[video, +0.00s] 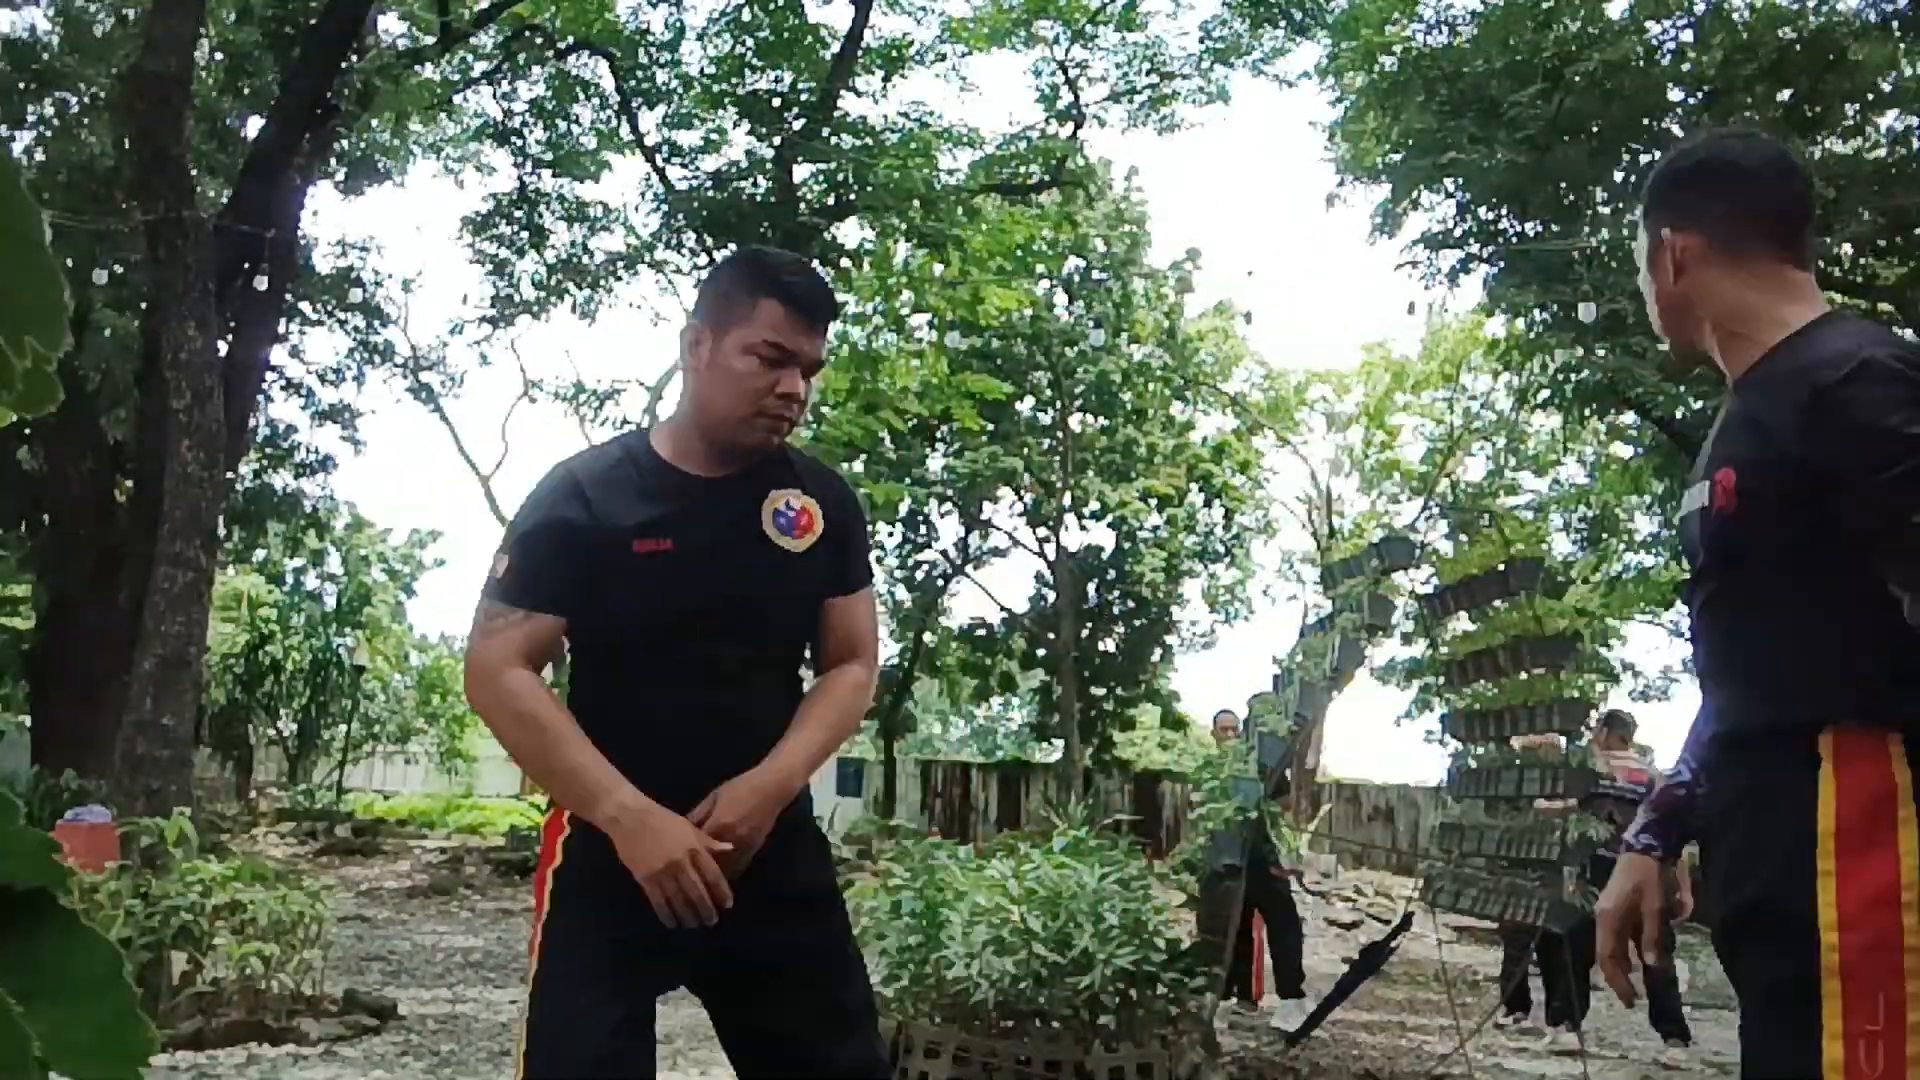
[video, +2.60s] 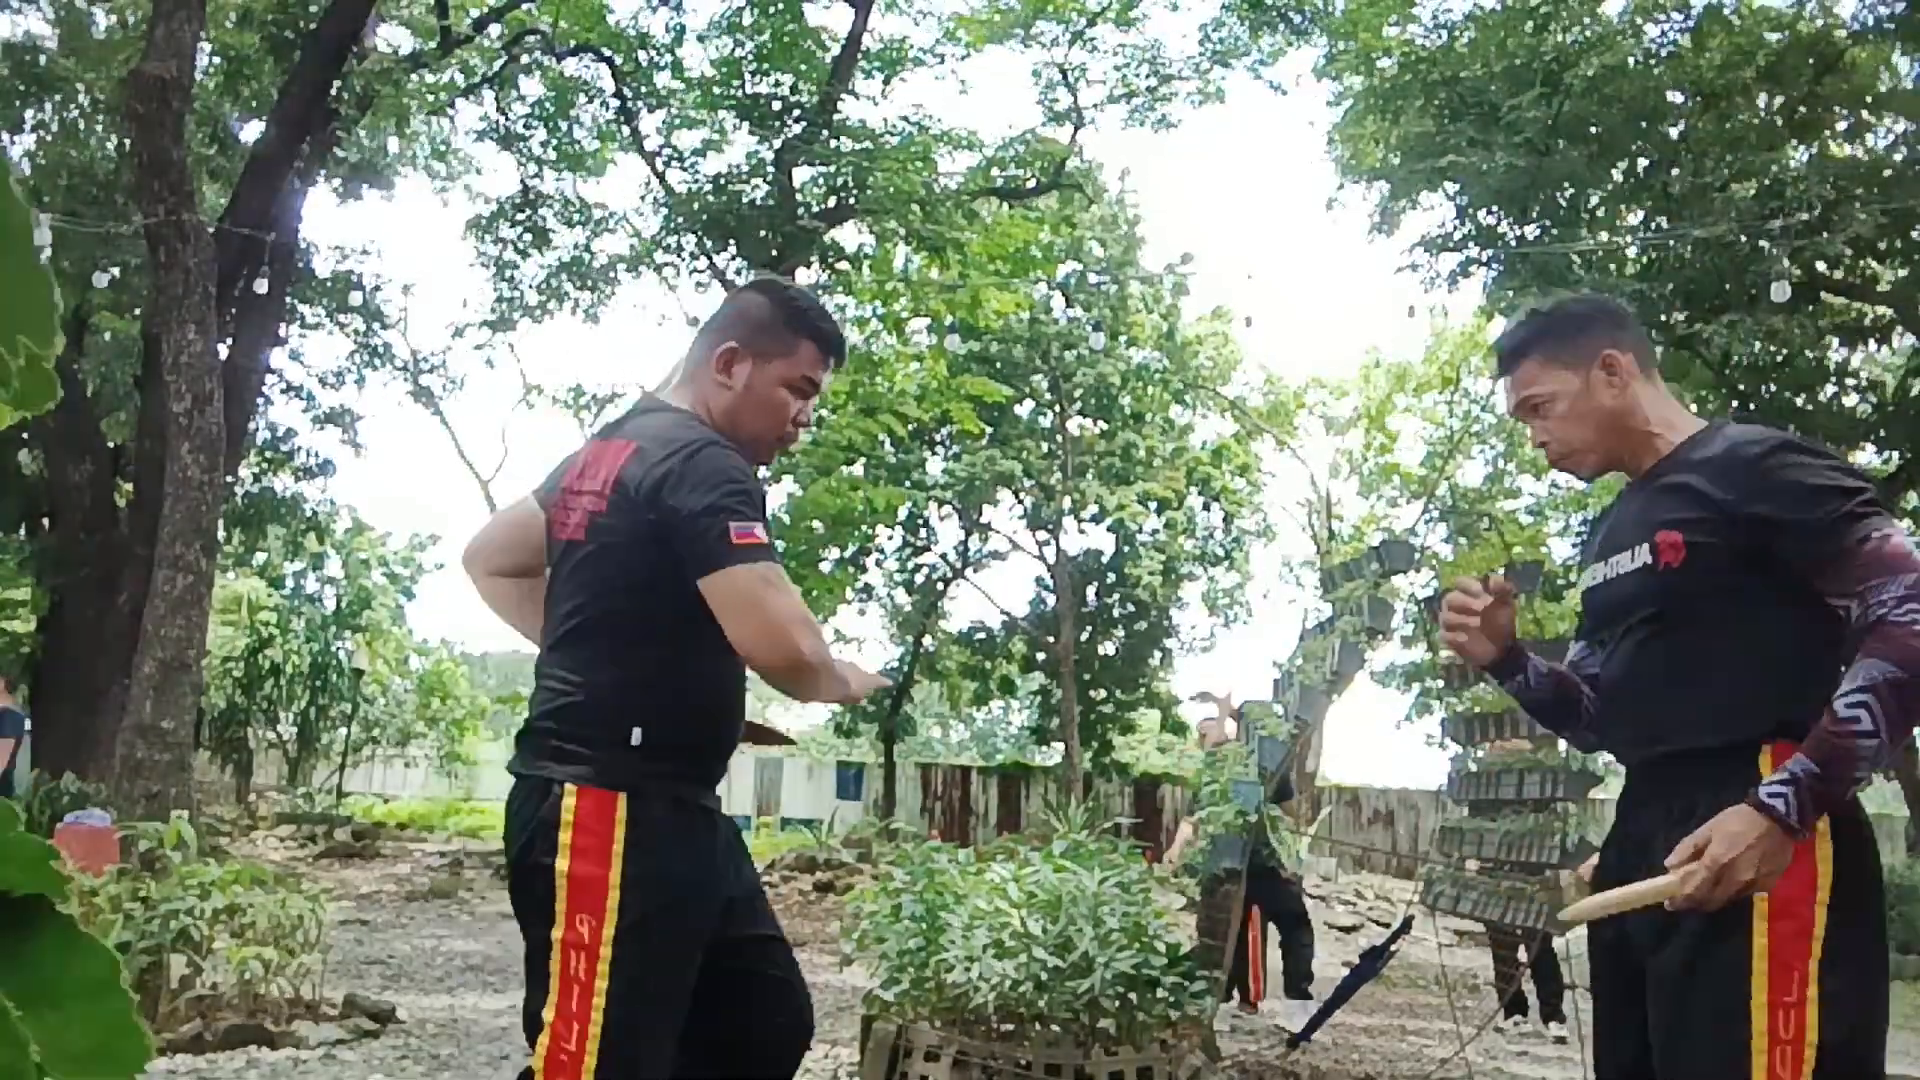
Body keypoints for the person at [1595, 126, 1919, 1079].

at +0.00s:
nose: (1646, 295)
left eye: (1644, 264)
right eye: (1644, 267)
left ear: (1677, 254)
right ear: (1794, 240)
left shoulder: (1855, 384)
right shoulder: (1756, 407)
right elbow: (1746, 686)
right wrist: (1651, 833)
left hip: (1852, 812)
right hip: (1774, 811)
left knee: (1850, 1059)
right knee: (1796, 1052)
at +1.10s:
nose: (1589, 298)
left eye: (1606, 267)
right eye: (1595, 272)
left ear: (1673, 281)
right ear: (1672, 285)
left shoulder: (1766, 420)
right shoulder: (1702, 436)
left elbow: (1796, 675)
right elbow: (1715, 687)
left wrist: (1687, 909)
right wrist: (1598, 767)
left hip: (1797, 819)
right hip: (1734, 811)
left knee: (1805, 1057)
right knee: (1734, 1057)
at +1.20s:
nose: (1587, 315)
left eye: (1607, 284)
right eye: (1594, 289)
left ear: (1680, 293)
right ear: (1674, 300)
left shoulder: (1763, 425)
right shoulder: (1698, 445)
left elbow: (1795, 678)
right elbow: (1702, 692)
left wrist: (1691, 900)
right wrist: (1574, 692)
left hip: (1779, 821)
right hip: (1713, 812)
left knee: (1787, 1059)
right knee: (1716, 1057)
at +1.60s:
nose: (1590, 347)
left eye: (1619, 325)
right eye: (1589, 332)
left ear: (1699, 343)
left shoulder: (1781, 466)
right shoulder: (1644, 510)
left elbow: (1853, 692)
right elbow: (1633, 716)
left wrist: (1798, 897)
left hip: (1763, 833)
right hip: (1648, 838)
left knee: (1778, 1062)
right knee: (1646, 1063)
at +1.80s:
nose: (1600, 341)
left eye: (1631, 319)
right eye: (1595, 328)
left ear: (1711, 341)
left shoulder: (1785, 468)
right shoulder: (1637, 505)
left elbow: (1895, 667)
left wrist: (1775, 859)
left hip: (1750, 819)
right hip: (1635, 817)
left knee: (1773, 1061)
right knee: (1652, 1061)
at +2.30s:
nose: (1577, 372)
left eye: (1593, 343)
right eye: (1578, 350)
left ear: (1677, 336)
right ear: (1669, 341)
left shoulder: (1786, 467)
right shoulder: (1639, 508)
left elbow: (1890, 667)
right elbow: (1637, 705)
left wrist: (1733, 830)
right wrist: (1508, 788)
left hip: (1768, 857)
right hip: (1633, 862)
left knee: (1780, 1064)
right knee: (1642, 1063)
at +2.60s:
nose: (1534, 439)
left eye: (1540, 409)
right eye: (1524, 421)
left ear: (1616, 373)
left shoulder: (1749, 461)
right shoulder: (1613, 528)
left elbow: (1909, 601)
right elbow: (1604, 710)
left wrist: (1788, 805)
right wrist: (1511, 660)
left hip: (1762, 821)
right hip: (1647, 829)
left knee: (1759, 1061)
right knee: (1637, 1060)